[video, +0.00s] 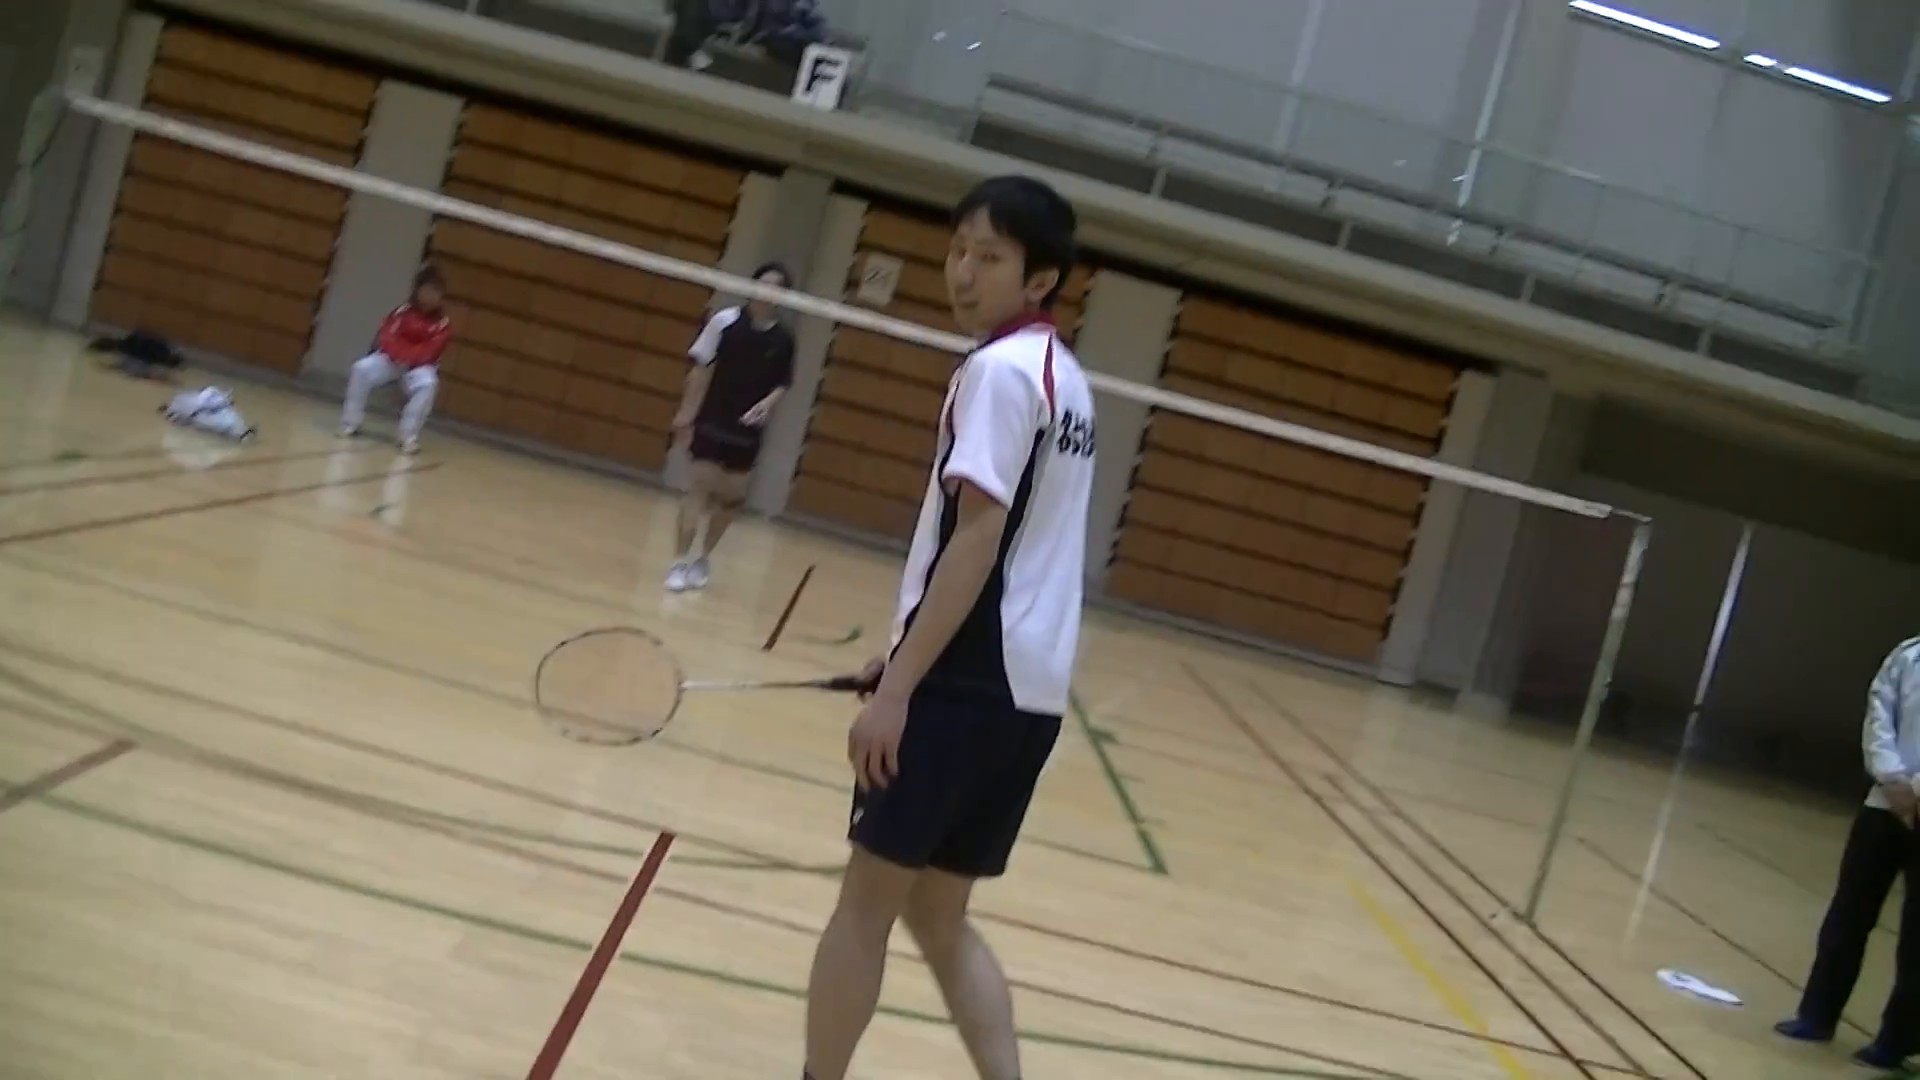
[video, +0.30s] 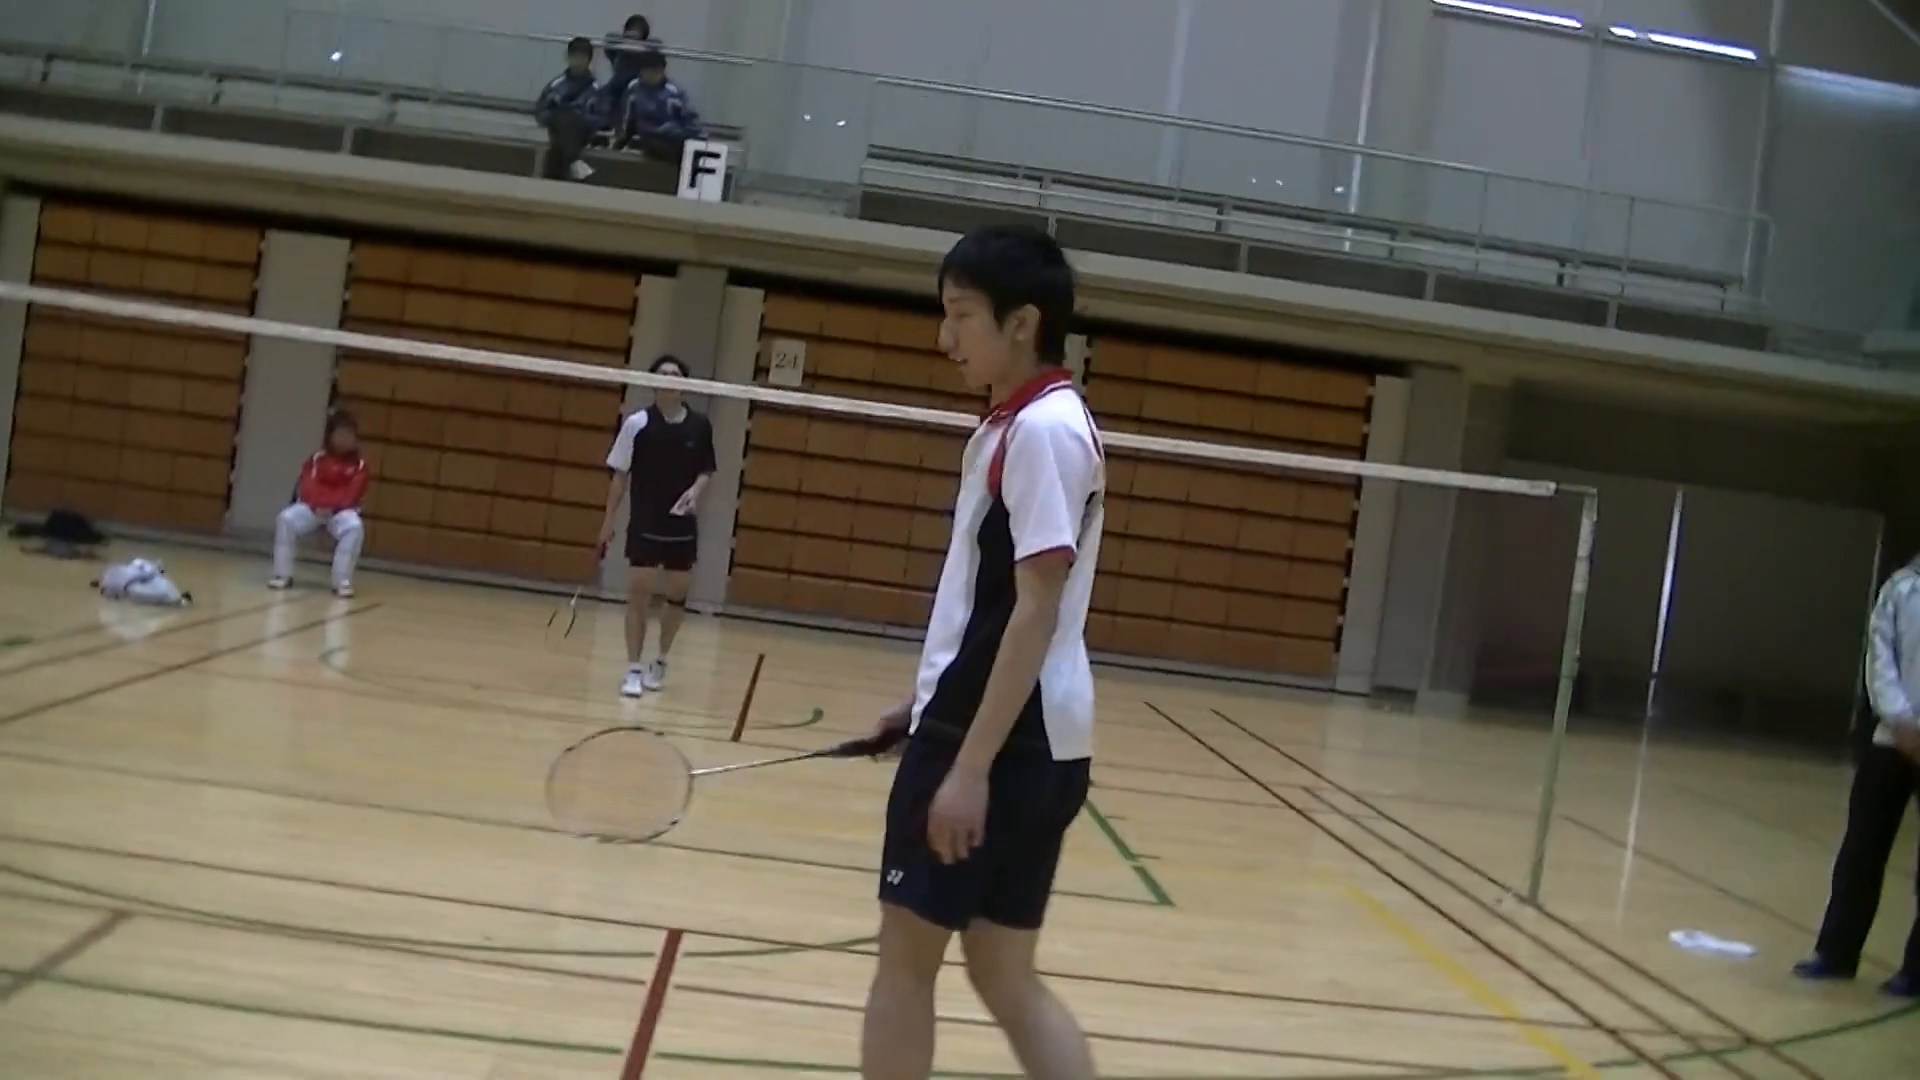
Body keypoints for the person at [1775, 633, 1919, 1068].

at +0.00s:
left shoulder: (1904, 659)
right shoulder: (1905, 658)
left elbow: (1879, 721)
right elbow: (1878, 720)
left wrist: (1905, 787)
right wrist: (1894, 780)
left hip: (1917, 820)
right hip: (1884, 811)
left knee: (1914, 942)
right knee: (1847, 919)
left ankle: (1896, 1042)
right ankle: (1817, 1018)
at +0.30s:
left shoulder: (1900, 589)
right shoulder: (1901, 588)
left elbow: (1878, 661)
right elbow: (1880, 660)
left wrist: (1905, 721)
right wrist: (1900, 716)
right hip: (1892, 741)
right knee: (1862, 852)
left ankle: (1915, 969)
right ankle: (1836, 954)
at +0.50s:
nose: (1919, 469)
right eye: (1917, 460)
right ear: (1909, 467)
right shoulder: (1873, 528)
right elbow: (1850, 598)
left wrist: (1896, 665)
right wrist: (1868, 658)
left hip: (1916, 688)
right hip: (1866, 681)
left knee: (1913, 807)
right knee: (1842, 790)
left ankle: (1906, 909)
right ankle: (1830, 894)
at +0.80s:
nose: (1858, 443)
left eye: (1870, 436)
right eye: (1854, 433)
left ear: (1893, 449)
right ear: (1844, 440)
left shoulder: (1905, 515)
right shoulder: (1813, 499)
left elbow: (1892, 592)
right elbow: (1788, 564)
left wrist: (1830, 638)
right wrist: (1802, 629)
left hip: (1862, 662)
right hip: (1805, 656)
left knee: (1861, 776)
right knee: (1805, 767)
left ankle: (1855, 881)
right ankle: (1807, 865)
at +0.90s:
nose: (1837, 407)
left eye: (1850, 400)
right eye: (1832, 397)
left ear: (1871, 413)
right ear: (1822, 404)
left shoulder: (1884, 480)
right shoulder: (1794, 464)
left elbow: (1872, 554)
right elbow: (1769, 529)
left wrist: (1815, 600)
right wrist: (1786, 595)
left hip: (1846, 626)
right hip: (1790, 621)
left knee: (1846, 739)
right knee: (1795, 732)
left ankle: (1843, 844)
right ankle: (1798, 831)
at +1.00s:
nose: (1822, 357)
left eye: (1834, 349)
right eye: (1816, 347)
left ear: (1854, 362)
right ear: (1805, 355)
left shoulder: (1871, 428)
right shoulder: (1782, 417)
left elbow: (1861, 504)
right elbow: (1761, 484)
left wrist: (1808, 551)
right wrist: (1778, 550)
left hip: (1839, 574)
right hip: (1785, 571)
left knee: (1841, 688)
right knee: (1793, 683)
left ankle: (1839, 795)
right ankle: (1797, 783)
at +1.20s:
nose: (1844, 313)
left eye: (1855, 305)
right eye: (1837, 304)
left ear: (1877, 316)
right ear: (1828, 312)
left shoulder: (1898, 381)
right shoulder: (1811, 378)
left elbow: (1891, 458)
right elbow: (1793, 442)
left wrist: (1840, 510)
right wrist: (1810, 506)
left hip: (1873, 528)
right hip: (1823, 529)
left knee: (1877, 644)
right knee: (1832, 640)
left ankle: (1880, 755)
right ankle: (1838, 744)